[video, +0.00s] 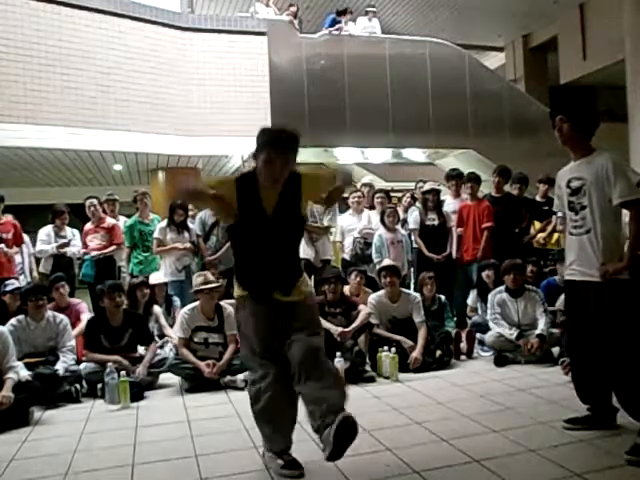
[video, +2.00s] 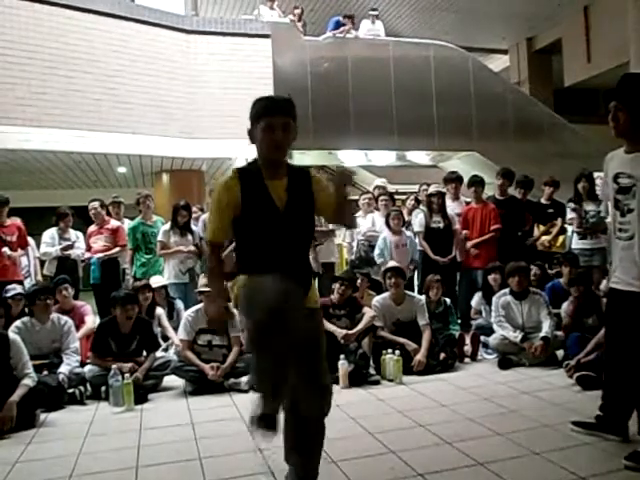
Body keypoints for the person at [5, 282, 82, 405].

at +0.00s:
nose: (39, 303)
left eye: (42, 299)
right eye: (33, 300)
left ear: (47, 301)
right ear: (25, 305)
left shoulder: (60, 321)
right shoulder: (14, 325)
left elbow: (68, 352)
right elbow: (10, 358)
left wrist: (58, 370)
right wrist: (23, 374)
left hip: (53, 367)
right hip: (28, 370)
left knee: (75, 375)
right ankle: (65, 394)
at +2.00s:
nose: (48, 302)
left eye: (50, 298)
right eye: (42, 299)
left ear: (54, 301)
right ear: (31, 304)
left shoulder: (64, 323)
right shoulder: (19, 328)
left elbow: (72, 353)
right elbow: (13, 357)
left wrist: (63, 373)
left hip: (58, 369)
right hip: (33, 372)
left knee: (79, 375)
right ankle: (69, 397)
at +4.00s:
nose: (44, 305)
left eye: (47, 301)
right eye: (39, 301)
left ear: (52, 303)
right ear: (31, 305)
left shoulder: (64, 323)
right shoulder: (18, 328)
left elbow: (72, 353)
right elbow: (14, 358)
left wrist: (63, 373)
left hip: (58, 369)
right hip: (32, 372)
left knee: (79, 375)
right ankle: (69, 397)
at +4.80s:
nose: (44, 306)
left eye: (47, 301)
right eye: (39, 302)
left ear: (53, 303)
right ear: (31, 305)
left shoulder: (64, 323)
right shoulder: (19, 328)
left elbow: (72, 354)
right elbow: (14, 356)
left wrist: (63, 373)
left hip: (57, 369)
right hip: (31, 371)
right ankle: (70, 397)